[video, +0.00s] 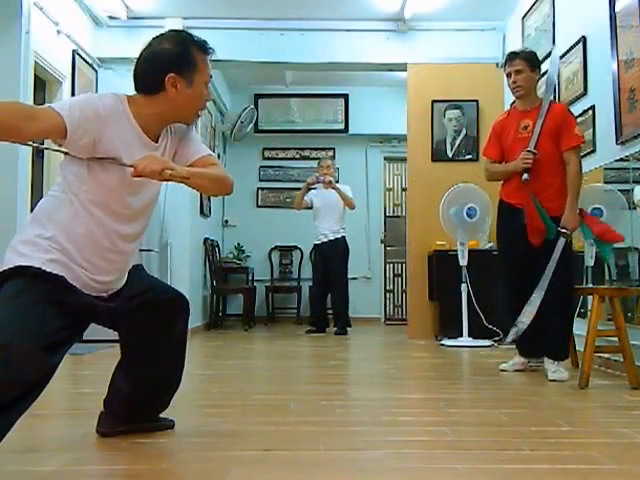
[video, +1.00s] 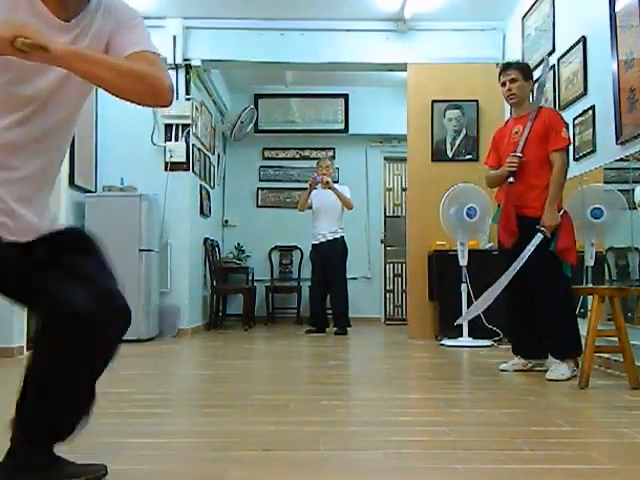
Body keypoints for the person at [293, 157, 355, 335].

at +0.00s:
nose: (326, 171)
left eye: (329, 167)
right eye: (322, 168)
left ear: (334, 169)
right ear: (318, 171)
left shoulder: (343, 189)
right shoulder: (314, 193)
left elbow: (351, 205)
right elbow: (298, 205)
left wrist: (335, 188)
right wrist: (305, 187)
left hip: (338, 241)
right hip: (320, 243)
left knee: (339, 286)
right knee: (318, 286)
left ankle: (341, 324)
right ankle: (318, 323)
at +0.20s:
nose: (324, 171)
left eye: (327, 167)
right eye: (321, 168)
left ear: (333, 170)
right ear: (317, 171)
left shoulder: (342, 189)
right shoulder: (313, 193)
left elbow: (351, 206)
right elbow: (297, 205)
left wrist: (334, 188)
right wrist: (305, 187)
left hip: (337, 241)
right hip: (319, 243)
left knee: (338, 286)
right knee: (317, 287)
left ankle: (341, 324)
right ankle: (318, 323)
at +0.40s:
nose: (324, 171)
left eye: (327, 168)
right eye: (321, 168)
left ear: (332, 170)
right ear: (316, 171)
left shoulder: (342, 189)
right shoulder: (313, 193)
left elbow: (350, 206)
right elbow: (297, 206)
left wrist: (333, 188)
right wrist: (304, 187)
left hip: (337, 241)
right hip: (319, 243)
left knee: (338, 286)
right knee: (317, 287)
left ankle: (341, 324)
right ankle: (318, 323)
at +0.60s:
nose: (324, 171)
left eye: (327, 167)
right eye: (321, 168)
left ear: (332, 170)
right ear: (316, 171)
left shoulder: (341, 189)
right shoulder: (313, 193)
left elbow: (349, 205)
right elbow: (299, 207)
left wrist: (332, 188)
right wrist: (307, 189)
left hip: (336, 241)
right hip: (318, 243)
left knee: (338, 286)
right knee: (317, 286)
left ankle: (341, 324)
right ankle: (318, 323)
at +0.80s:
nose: (324, 171)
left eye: (327, 168)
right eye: (321, 168)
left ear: (332, 170)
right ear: (317, 171)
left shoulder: (341, 189)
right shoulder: (314, 193)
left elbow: (349, 206)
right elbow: (300, 207)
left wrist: (332, 189)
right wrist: (308, 189)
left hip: (336, 241)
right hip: (318, 243)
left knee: (338, 285)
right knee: (317, 286)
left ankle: (341, 324)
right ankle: (318, 323)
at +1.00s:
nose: (325, 171)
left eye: (327, 168)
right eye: (321, 168)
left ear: (332, 170)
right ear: (317, 171)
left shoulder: (341, 189)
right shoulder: (313, 193)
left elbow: (349, 206)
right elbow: (301, 207)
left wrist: (332, 189)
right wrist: (309, 189)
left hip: (336, 241)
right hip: (318, 243)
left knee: (338, 285)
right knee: (317, 286)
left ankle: (341, 324)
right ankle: (318, 323)